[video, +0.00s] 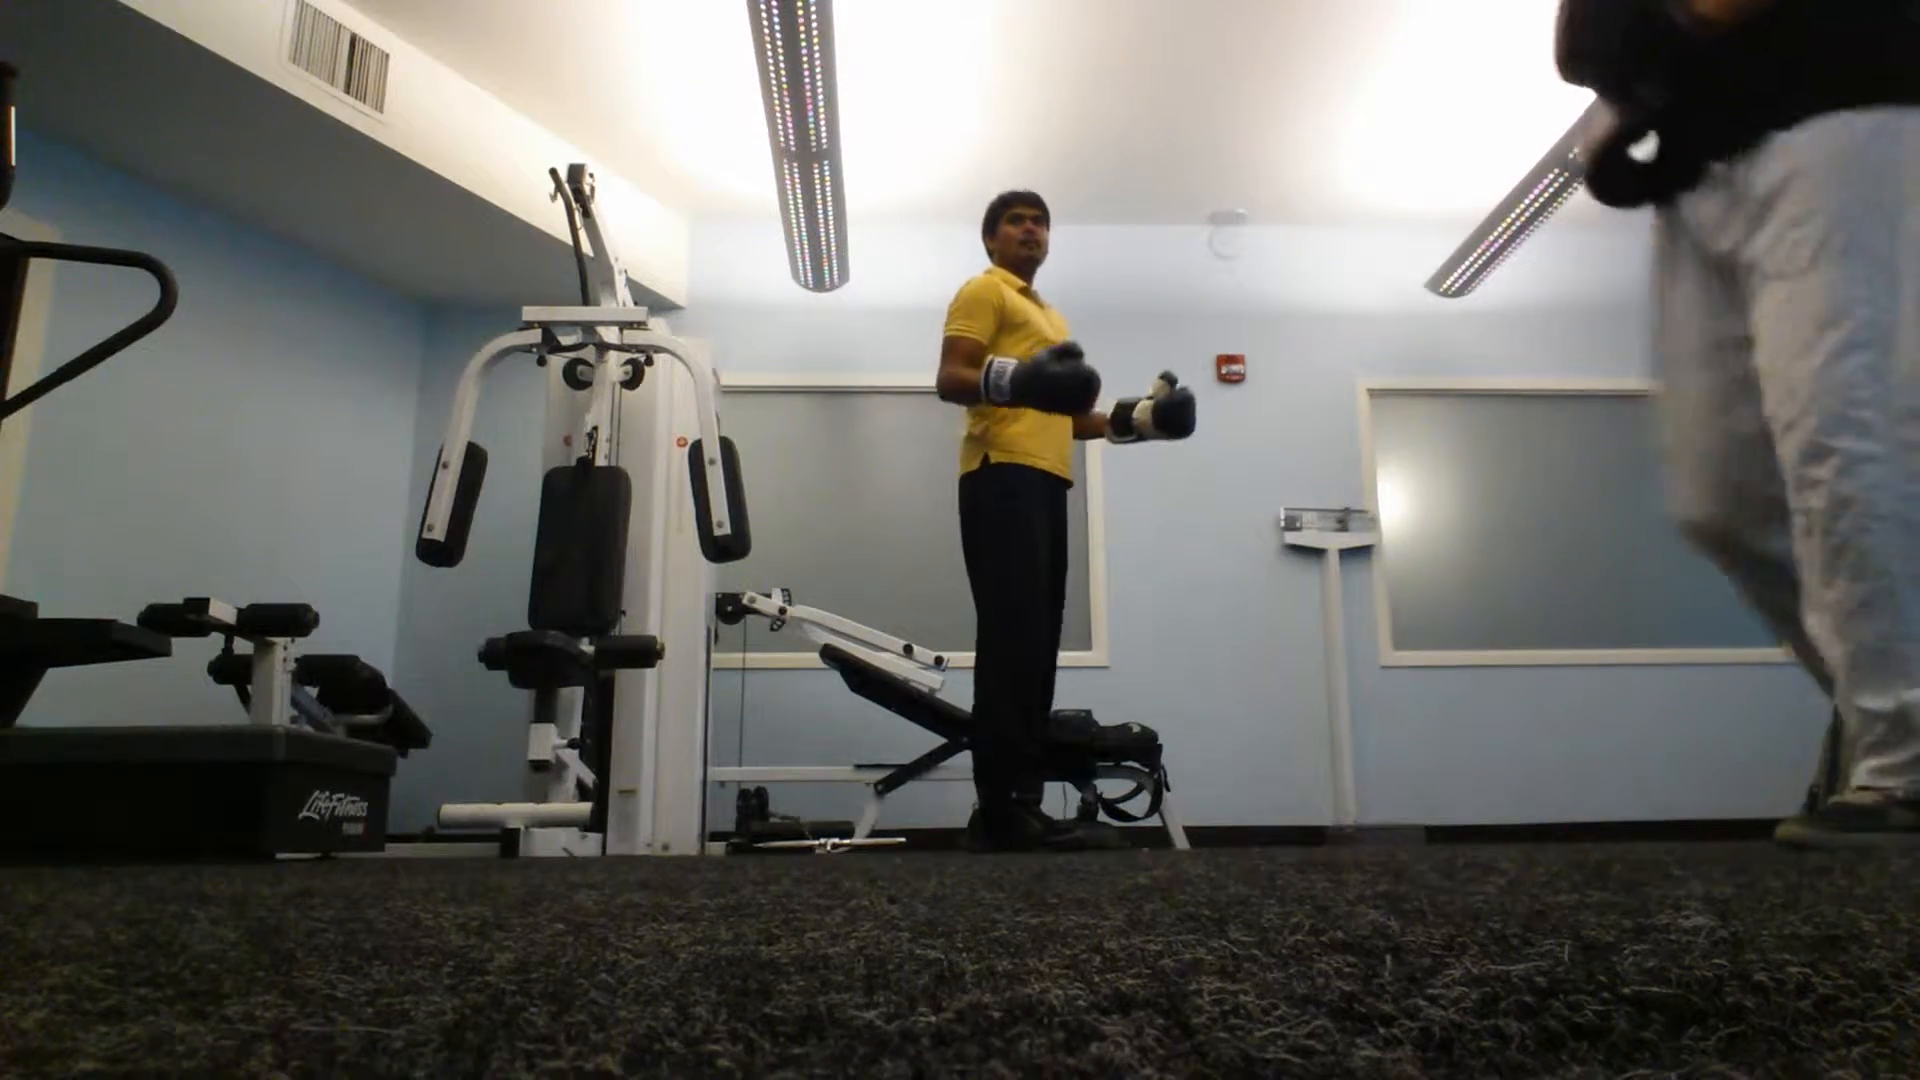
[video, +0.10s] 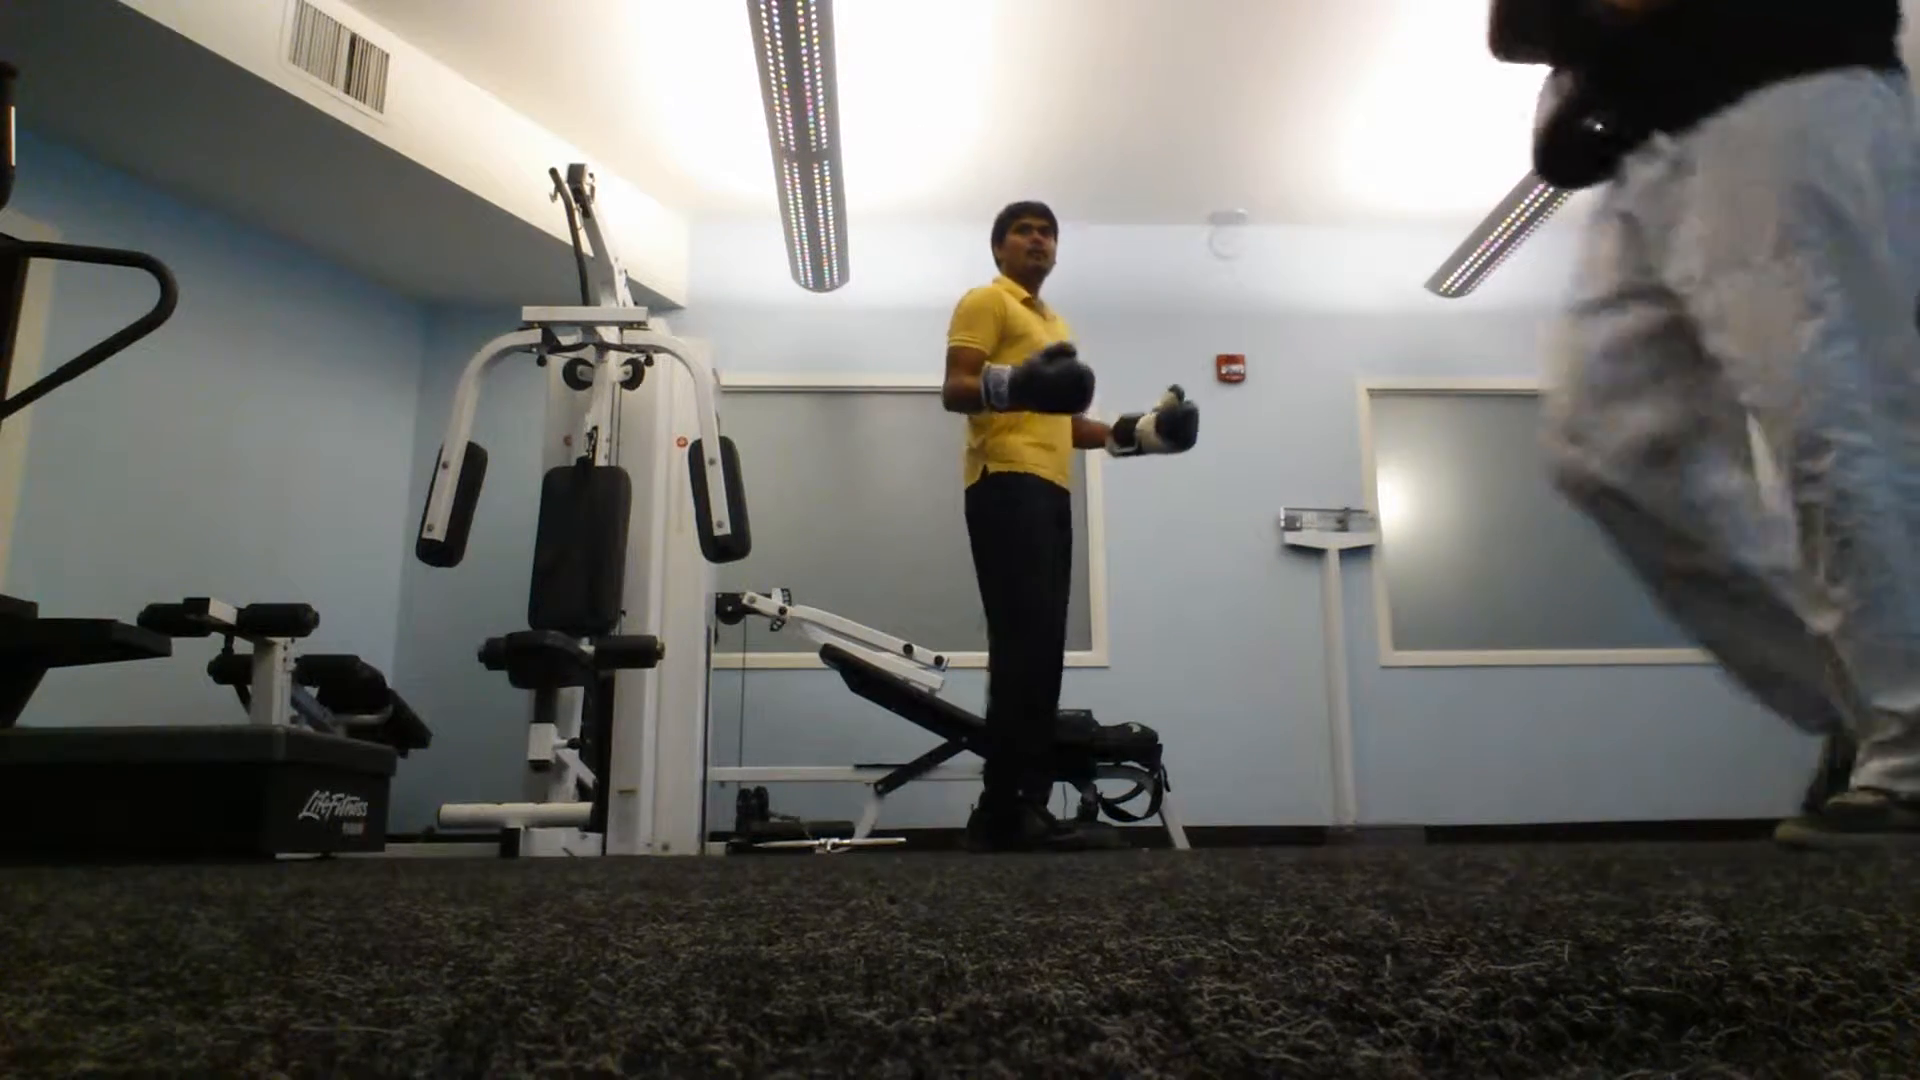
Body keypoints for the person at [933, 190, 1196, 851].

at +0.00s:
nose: (1031, 231)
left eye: (1039, 223)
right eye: (1017, 221)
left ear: (1048, 239)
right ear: (990, 236)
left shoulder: (1047, 315)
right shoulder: (983, 290)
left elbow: (1064, 419)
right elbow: (950, 378)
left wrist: (1137, 416)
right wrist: (1016, 380)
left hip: (1044, 484)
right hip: (1002, 480)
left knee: (1038, 639)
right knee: (1011, 637)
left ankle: (1020, 804)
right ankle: (1001, 809)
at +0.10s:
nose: (1038, 241)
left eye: (1047, 234)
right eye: (1024, 231)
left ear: (1056, 250)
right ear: (997, 245)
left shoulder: (1052, 322)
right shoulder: (985, 300)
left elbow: (1061, 426)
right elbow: (955, 389)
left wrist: (1136, 431)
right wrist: (1019, 384)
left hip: (1048, 492)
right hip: (1006, 488)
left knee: (1043, 648)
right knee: (1023, 645)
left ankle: (1024, 807)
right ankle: (1004, 810)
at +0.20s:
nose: (1042, 246)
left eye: (1051, 239)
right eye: (1029, 236)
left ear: (1060, 256)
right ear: (1002, 249)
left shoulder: (1064, 336)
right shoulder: (986, 307)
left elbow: (1066, 429)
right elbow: (963, 395)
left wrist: (1117, 437)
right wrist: (1039, 404)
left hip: (1049, 489)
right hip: (1005, 484)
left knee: (1051, 636)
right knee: (1039, 632)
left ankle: (1033, 800)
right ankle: (1012, 802)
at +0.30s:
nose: (1043, 249)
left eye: (1053, 242)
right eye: (1031, 239)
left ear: (1061, 260)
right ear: (1004, 252)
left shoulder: (1066, 339)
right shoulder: (987, 310)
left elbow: (1068, 418)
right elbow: (961, 397)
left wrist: (1104, 429)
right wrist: (1040, 417)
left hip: (1052, 494)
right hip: (1009, 489)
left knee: (1050, 638)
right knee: (1043, 635)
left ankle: (1029, 801)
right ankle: (1021, 803)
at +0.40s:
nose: (1042, 250)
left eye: (1052, 243)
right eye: (1030, 240)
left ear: (1062, 260)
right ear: (1005, 253)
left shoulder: (1067, 337)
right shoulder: (988, 311)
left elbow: (1065, 423)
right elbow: (954, 397)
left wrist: (1106, 450)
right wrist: (1025, 423)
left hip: (1057, 497)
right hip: (1012, 491)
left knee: (1050, 641)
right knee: (1040, 638)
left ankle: (1027, 798)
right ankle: (1024, 801)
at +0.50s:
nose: (1041, 250)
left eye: (1052, 242)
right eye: (1029, 240)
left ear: (1064, 259)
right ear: (1006, 255)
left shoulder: (1072, 337)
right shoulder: (988, 313)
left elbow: (1067, 424)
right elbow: (952, 400)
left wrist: (1107, 453)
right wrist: (1013, 420)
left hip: (1057, 491)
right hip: (1009, 483)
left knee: (1044, 632)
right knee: (1043, 624)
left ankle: (1021, 795)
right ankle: (1026, 795)